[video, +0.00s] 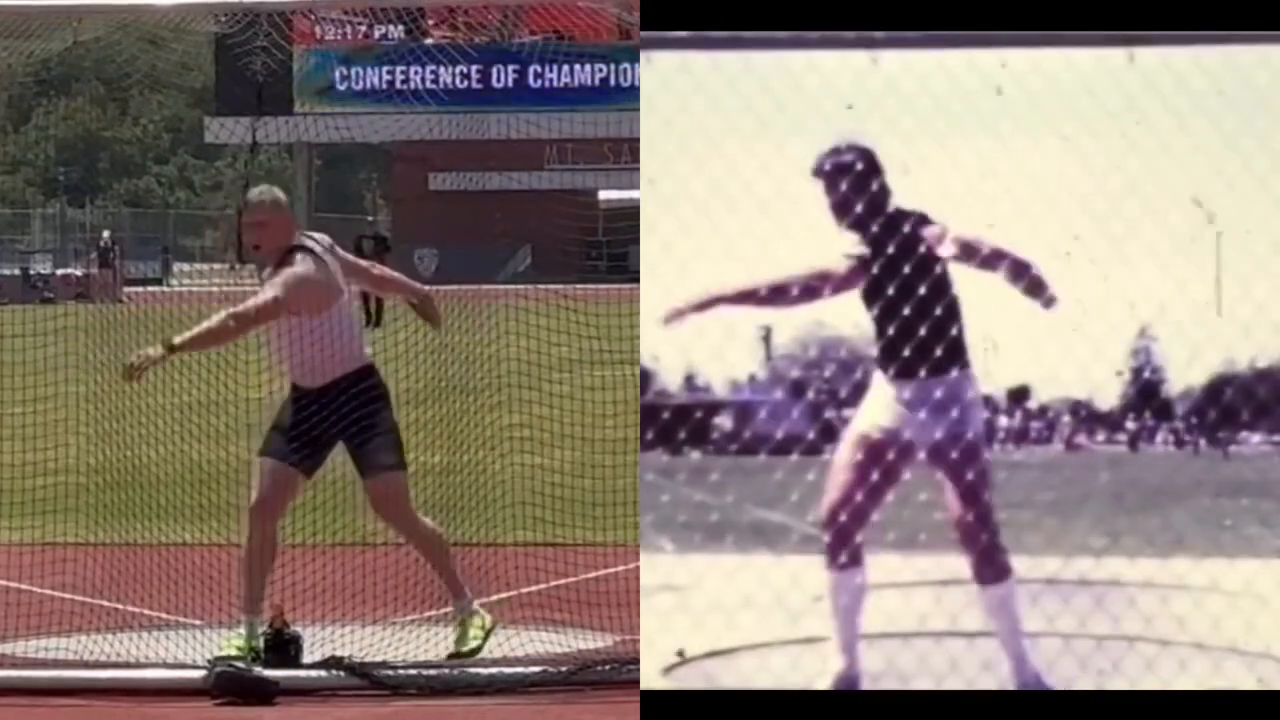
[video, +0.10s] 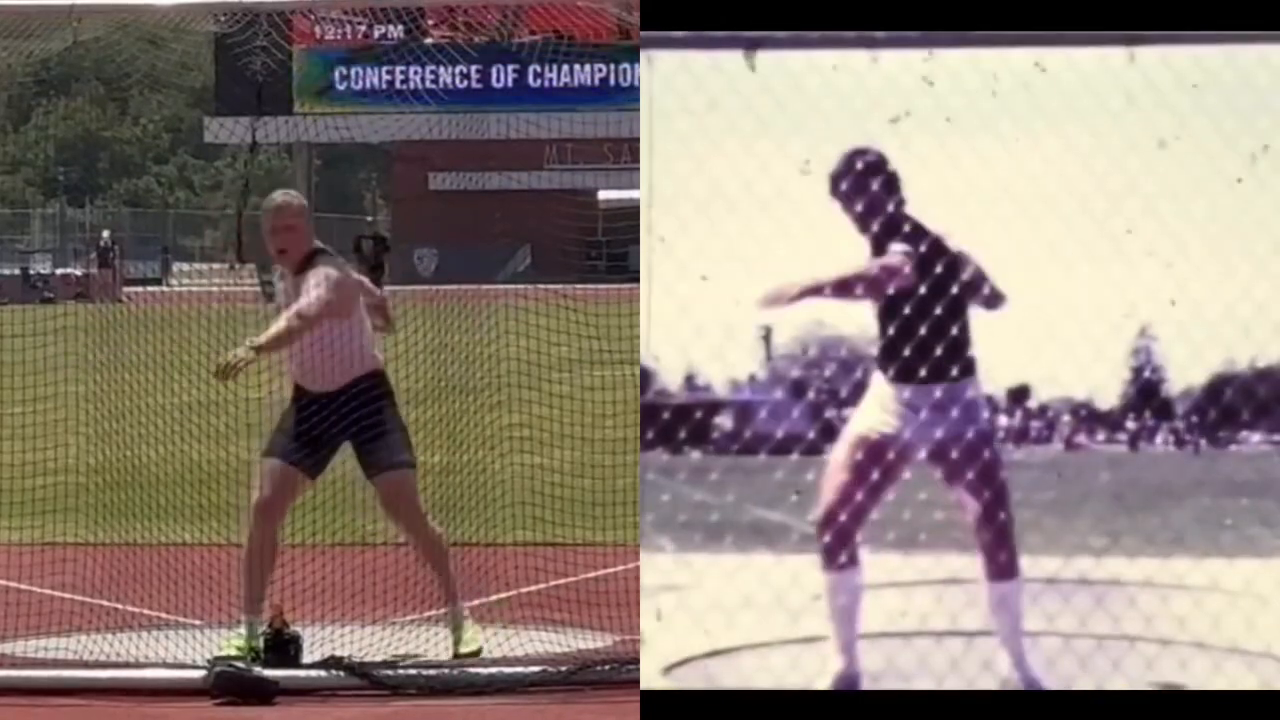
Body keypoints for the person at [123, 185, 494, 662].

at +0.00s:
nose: (252, 237)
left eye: (262, 226)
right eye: (247, 227)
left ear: (288, 226)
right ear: (244, 230)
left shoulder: (303, 273)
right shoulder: (314, 243)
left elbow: (240, 320)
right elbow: (368, 273)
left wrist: (167, 349)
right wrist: (417, 292)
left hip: (357, 395)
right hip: (306, 401)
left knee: (393, 506)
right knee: (263, 508)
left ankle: (469, 610)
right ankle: (250, 632)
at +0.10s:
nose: (280, 240)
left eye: (290, 230)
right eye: (273, 232)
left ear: (310, 231)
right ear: (265, 236)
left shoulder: (329, 274)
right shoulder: (292, 278)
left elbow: (300, 320)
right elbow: (361, 284)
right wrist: (383, 316)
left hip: (366, 399)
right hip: (311, 405)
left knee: (405, 507)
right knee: (266, 506)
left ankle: (458, 617)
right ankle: (250, 631)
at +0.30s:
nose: (369, 254)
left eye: (374, 244)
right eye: (358, 245)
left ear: (379, 246)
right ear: (331, 247)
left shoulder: (392, 288)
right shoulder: (302, 282)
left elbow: (436, 316)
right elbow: (272, 316)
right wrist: (258, 338)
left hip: (377, 423)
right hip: (314, 421)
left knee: (449, 504)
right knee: (273, 510)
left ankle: (427, 628)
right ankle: (248, 634)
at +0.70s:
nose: (459, 288)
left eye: (460, 279)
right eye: (456, 278)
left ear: (426, 276)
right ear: (433, 277)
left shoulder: (429, 328)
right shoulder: (389, 313)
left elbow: (462, 360)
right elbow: (328, 351)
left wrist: (507, 388)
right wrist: (277, 388)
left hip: (333, 448)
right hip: (352, 426)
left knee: (411, 536)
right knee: (426, 501)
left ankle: (435, 629)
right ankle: (473, 596)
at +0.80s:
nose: (442, 271)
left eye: (442, 262)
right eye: (441, 262)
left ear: (399, 258)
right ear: (432, 261)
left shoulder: (373, 293)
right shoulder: (401, 297)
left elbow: (348, 353)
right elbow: (377, 338)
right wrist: (372, 372)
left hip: (326, 427)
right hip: (370, 414)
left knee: (390, 524)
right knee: (471, 482)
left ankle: (430, 627)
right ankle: (514, 601)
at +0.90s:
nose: (401, 234)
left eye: (398, 227)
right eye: (399, 228)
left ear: (355, 232)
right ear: (394, 230)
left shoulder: (323, 273)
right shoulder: (395, 270)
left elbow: (252, 304)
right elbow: (421, 305)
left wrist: (259, 324)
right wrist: (463, 332)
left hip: (336, 404)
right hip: (388, 394)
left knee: (385, 514)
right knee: (447, 471)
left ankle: (430, 611)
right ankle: (454, 603)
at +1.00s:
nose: (329, 216)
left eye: (317, 209)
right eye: (347, 206)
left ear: (309, 216)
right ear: (355, 211)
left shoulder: (287, 265)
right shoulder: (386, 252)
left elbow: (222, 299)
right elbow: (460, 266)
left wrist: (200, 296)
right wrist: (526, 272)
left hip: (361, 398)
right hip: (407, 385)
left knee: (413, 512)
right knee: (374, 484)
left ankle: (465, 550)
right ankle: (385, 596)